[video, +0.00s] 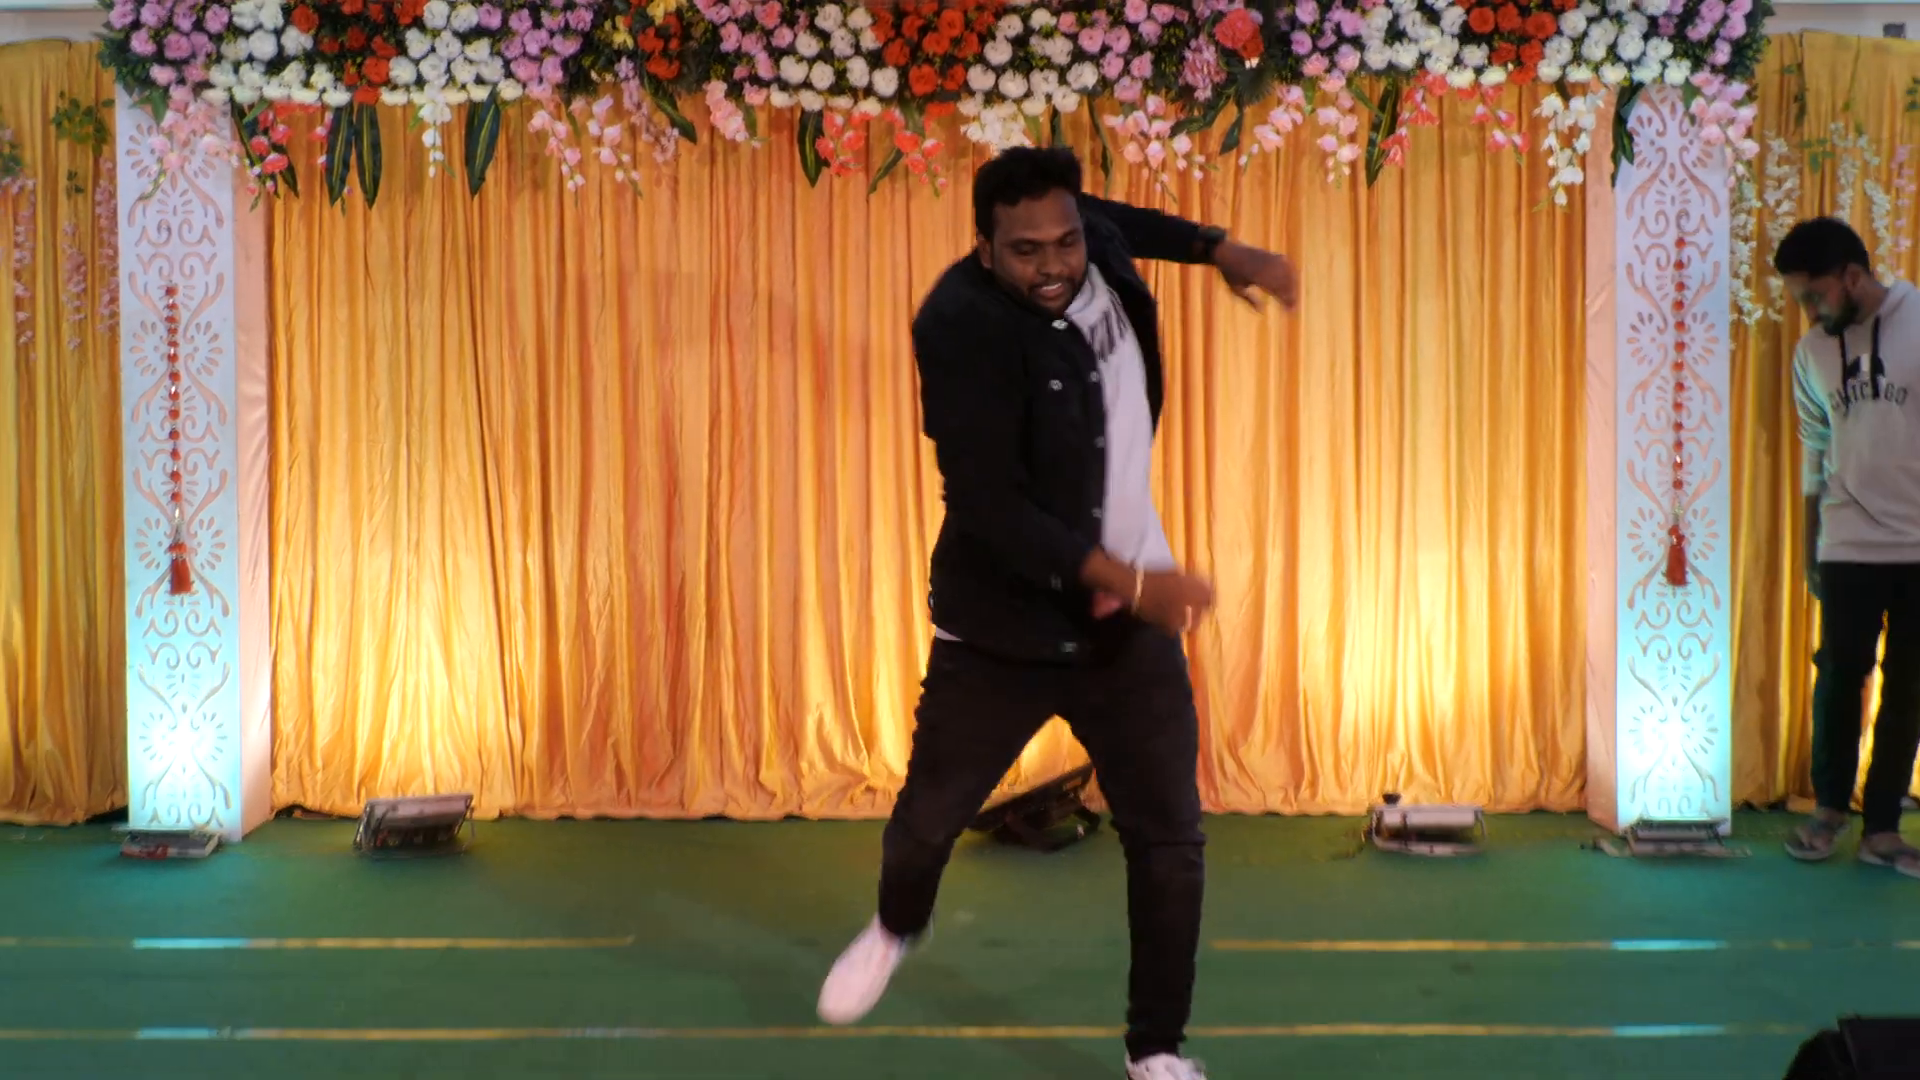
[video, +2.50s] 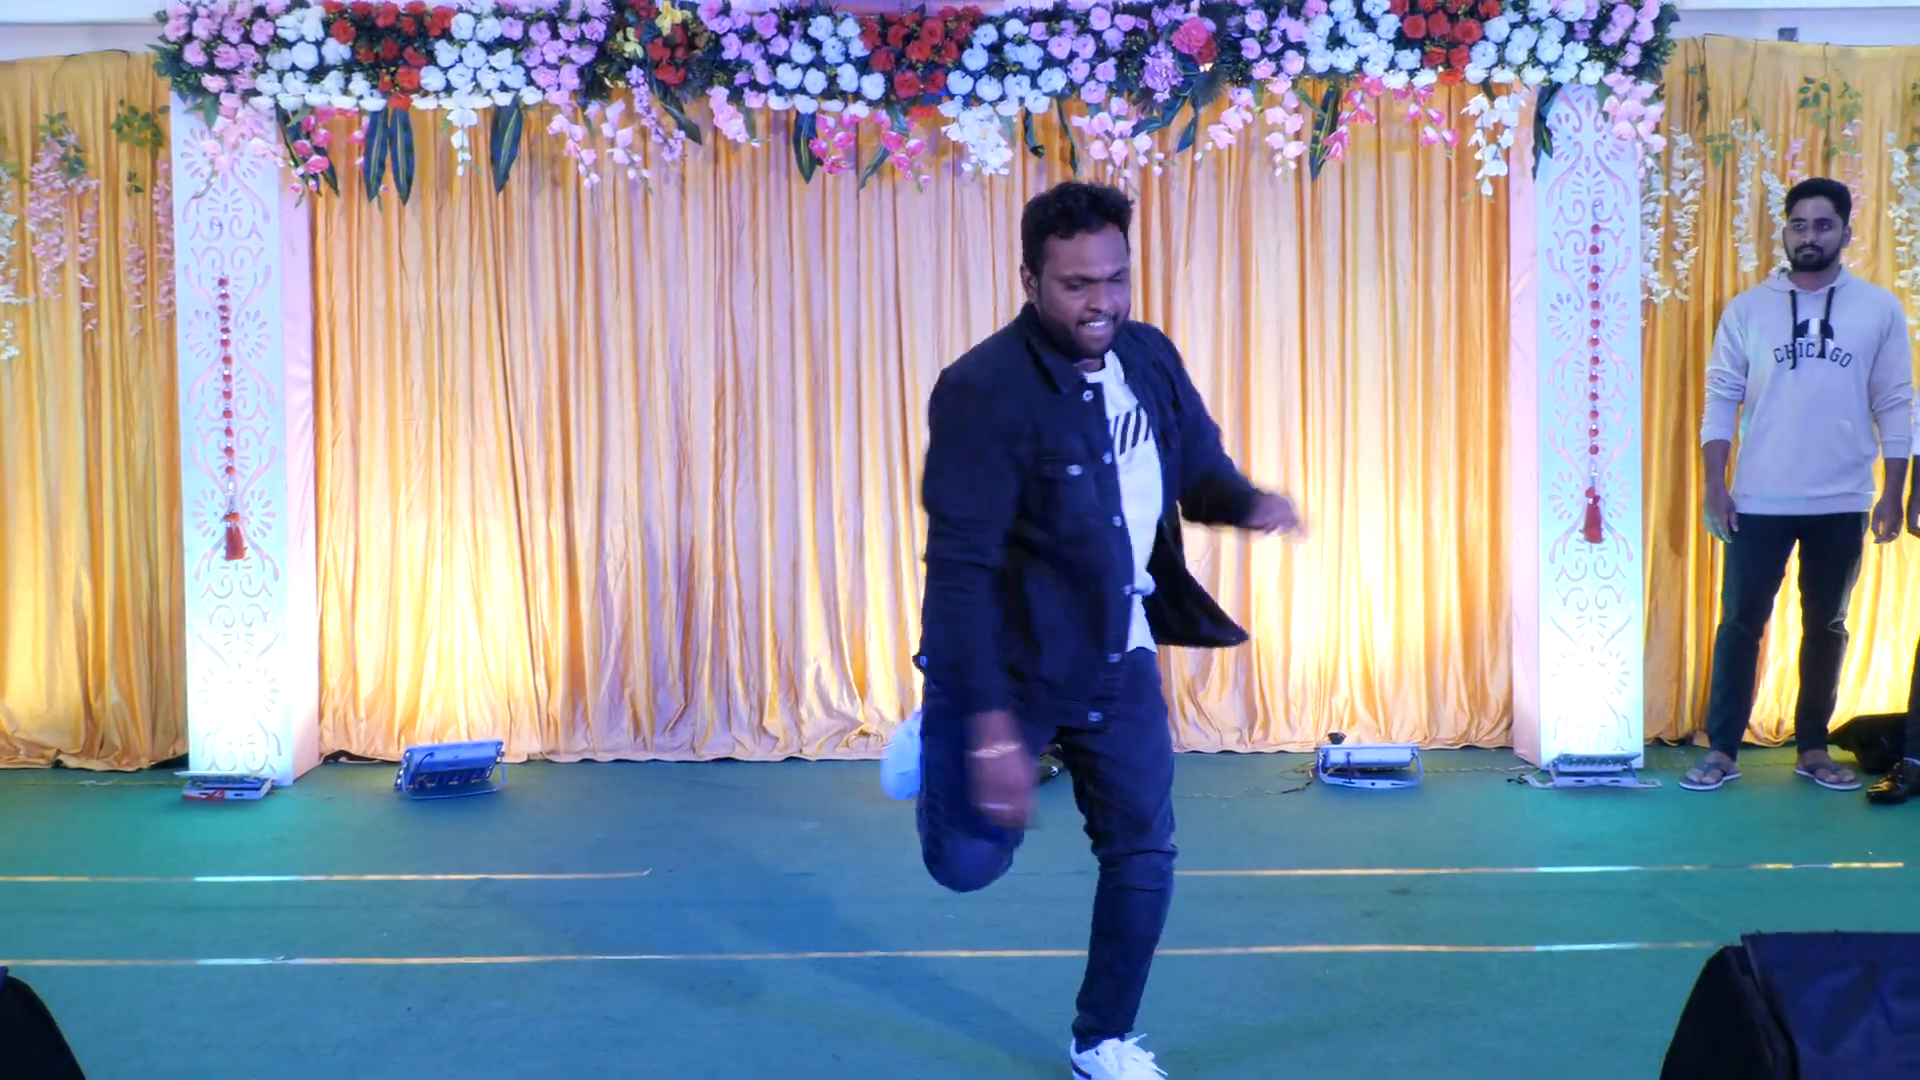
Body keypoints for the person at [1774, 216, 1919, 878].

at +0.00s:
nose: (1809, 310)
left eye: (1815, 294)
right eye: (1802, 298)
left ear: (1853, 272)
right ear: (1813, 289)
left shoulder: (1913, 318)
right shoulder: (1814, 352)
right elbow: (1815, 454)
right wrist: (1813, 550)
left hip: (1916, 546)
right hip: (1847, 544)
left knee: (1908, 691)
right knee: (1840, 679)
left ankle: (1882, 828)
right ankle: (1830, 810)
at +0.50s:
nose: (1790, 217)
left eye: (1800, 205)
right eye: (1776, 207)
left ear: (1815, 206)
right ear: (1752, 213)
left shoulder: (1861, 276)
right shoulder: (1720, 293)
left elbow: (1888, 369)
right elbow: (1700, 383)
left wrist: (1897, 458)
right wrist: (1687, 469)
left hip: (1842, 472)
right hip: (1758, 478)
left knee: (1841, 608)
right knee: (1764, 606)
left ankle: (1824, 743)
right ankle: (1768, 736)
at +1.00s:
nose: (1792, 223)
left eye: (1805, 213)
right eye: (1780, 213)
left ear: (1827, 219)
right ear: (1764, 221)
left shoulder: (1868, 289)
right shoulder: (1730, 298)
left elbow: (1890, 381)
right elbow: (1707, 388)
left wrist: (1894, 470)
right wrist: (1694, 474)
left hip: (1837, 485)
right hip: (1755, 486)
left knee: (1831, 619)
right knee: (1754, 616)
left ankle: (1827, 741)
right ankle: (1751, 741)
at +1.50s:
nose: (1810, 228)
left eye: (1825, 218)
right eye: (1801, 217)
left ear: (1852, 224)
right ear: (1790, 223)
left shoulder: (1891, 300)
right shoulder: (1755, 301)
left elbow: (1908, 394)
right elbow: (1731, 389)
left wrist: (1903, 481)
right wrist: (1721, 471)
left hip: (1851, 491)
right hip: (1769, 488)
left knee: (1837, 625)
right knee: (1750, 621)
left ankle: (1823, 745)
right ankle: (1732, 745)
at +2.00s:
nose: (1810, 229)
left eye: (1824, 219)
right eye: (1799, 218)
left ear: (1848, 226)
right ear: (1787, 226)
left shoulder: (1886, 304)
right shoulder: (1751, 304)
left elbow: (1905, 398)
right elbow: (1723, 390)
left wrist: (1904, 483)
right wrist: (1707, 474)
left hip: (1846, 495)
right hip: (1764, 493)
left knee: (1833, 626)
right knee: (1747, 621)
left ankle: (1822, 748)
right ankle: (1730, 749)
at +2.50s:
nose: (1809, 235)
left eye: (1823, 225)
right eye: (1798, 224)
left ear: (1845, 234)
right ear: (1784, 231)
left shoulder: (1878, 309)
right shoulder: (1747, 309)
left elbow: (1896, 404)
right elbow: (1721, 397)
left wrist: (1894, 490)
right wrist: (1714, 482)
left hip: (1840, 499)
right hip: (1760, 497)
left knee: (1826, 629)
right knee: (1740, 623)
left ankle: (1812, 750)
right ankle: (1722, 751)